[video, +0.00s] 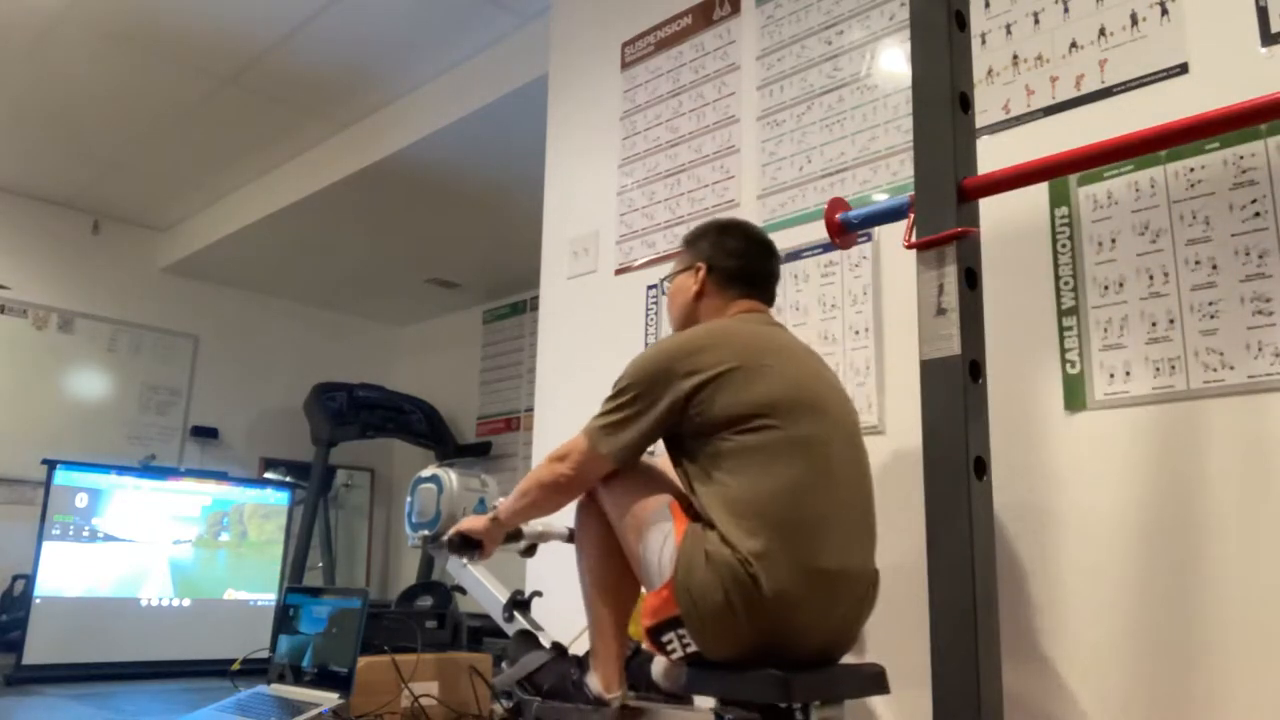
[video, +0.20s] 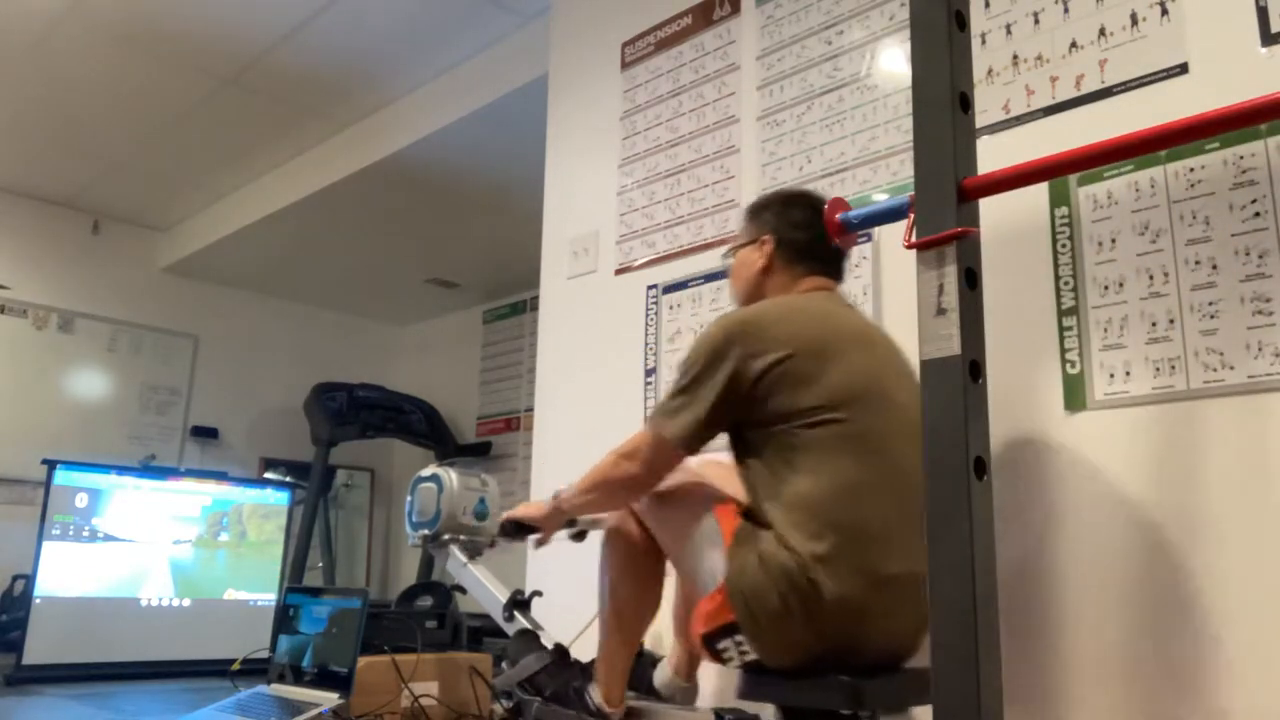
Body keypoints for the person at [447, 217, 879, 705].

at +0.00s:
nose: (667, 297)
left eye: (672, 280)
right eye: (669, 283)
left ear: (699, 277)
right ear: (761, 291)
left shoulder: (683, 355)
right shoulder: (806, 360)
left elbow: (570, 469)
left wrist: (497, 521)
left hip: (740, 623)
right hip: (832, 631)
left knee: (602, 476)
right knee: (678, 477)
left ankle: (605, 683)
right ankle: (673, 666)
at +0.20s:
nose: (729, 269)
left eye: (735, 251)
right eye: (731, 254)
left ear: (765, 250)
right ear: (827, 261)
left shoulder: (748, 330)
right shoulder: (874, 340)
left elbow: (637, 467)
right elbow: (792, 496)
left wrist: (556, 509)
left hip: (796, 628)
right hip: (895, 632)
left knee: (639, 503)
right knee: (705, 476)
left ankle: (607, 697)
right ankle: (679, 676)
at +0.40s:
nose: (895, 220)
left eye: (905, 198)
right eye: (901, 199)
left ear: (933, 209)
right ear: (1003, 217)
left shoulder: (913, 299)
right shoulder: (1039, 310)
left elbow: (762, 413)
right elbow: (901, 447)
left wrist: (652, 449)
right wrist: (775, 477)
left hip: (929, 627)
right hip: (1030, 630)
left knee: (711, 526)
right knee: (787, 532)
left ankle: (608, 699)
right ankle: (684, 689)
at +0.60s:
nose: (1075, 205)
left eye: (1089, 178)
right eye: (1079, 182)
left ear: (1150, 176)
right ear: (1182, 184)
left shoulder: (1122, 297)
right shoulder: (1260, 309)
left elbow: (936, 421)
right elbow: (1068, 469)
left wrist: (796, 437)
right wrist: (915, 478)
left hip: (1039, 633)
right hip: (1132, 651)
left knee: (766, 614)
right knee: (821, 619)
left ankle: (607, 709)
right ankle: (671, 704)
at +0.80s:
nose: (1159, 234)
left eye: (1175, 205)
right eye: (1163, 210)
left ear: (1249, 203)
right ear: (1248, 208)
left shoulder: (1245, 323)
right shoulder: (1252, 324)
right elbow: (1176, 534)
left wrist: (998, 474)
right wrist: (1012, 485)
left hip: (1061, 622)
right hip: (1104, 630)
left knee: (784, 627)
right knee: (838, 641)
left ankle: (606, 706)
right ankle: (696, 713)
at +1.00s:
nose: (1145, 234)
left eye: (1160, 206)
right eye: (1148, 213)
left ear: (1231, 207)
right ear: (1233, 212)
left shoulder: (1250, 327)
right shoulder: (1241, 329)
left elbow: (1252, 559)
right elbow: (1228, 547)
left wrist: (1058, 498)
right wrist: (1053, 505)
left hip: (1059, 630)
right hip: (1088, 631)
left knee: (783, 620)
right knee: (839, 629)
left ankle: (608, 704)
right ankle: (705, 716)